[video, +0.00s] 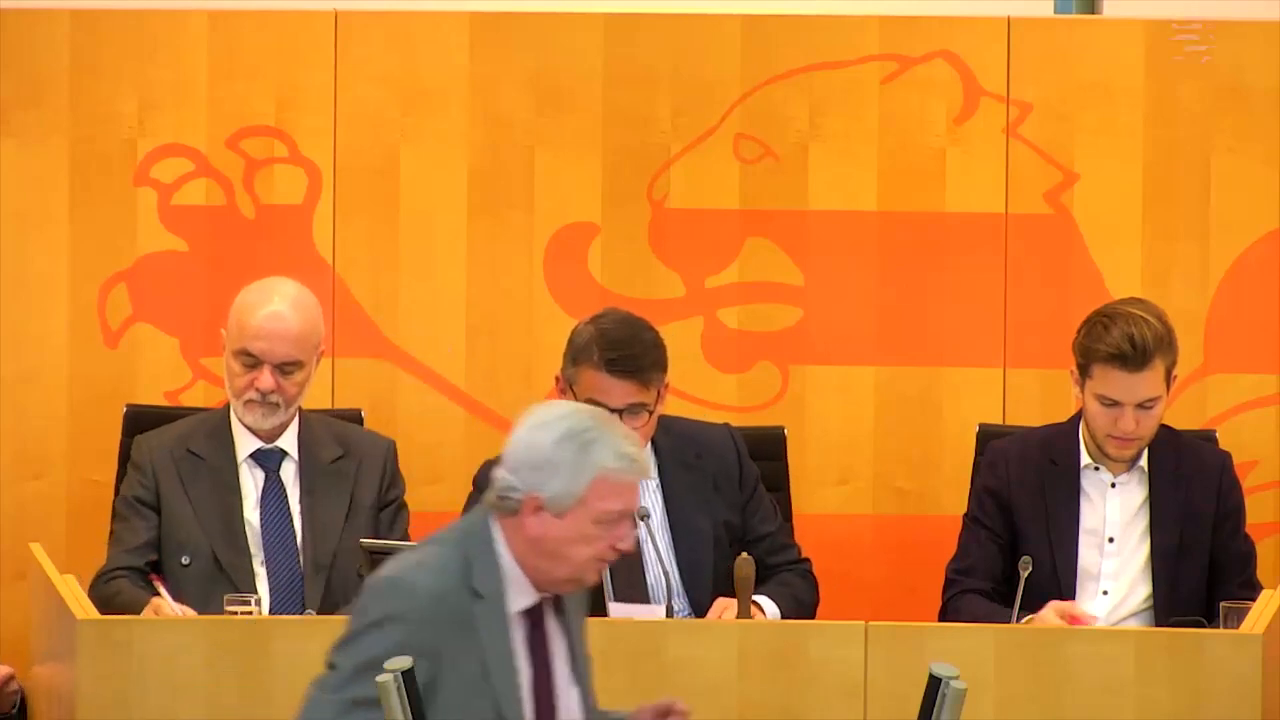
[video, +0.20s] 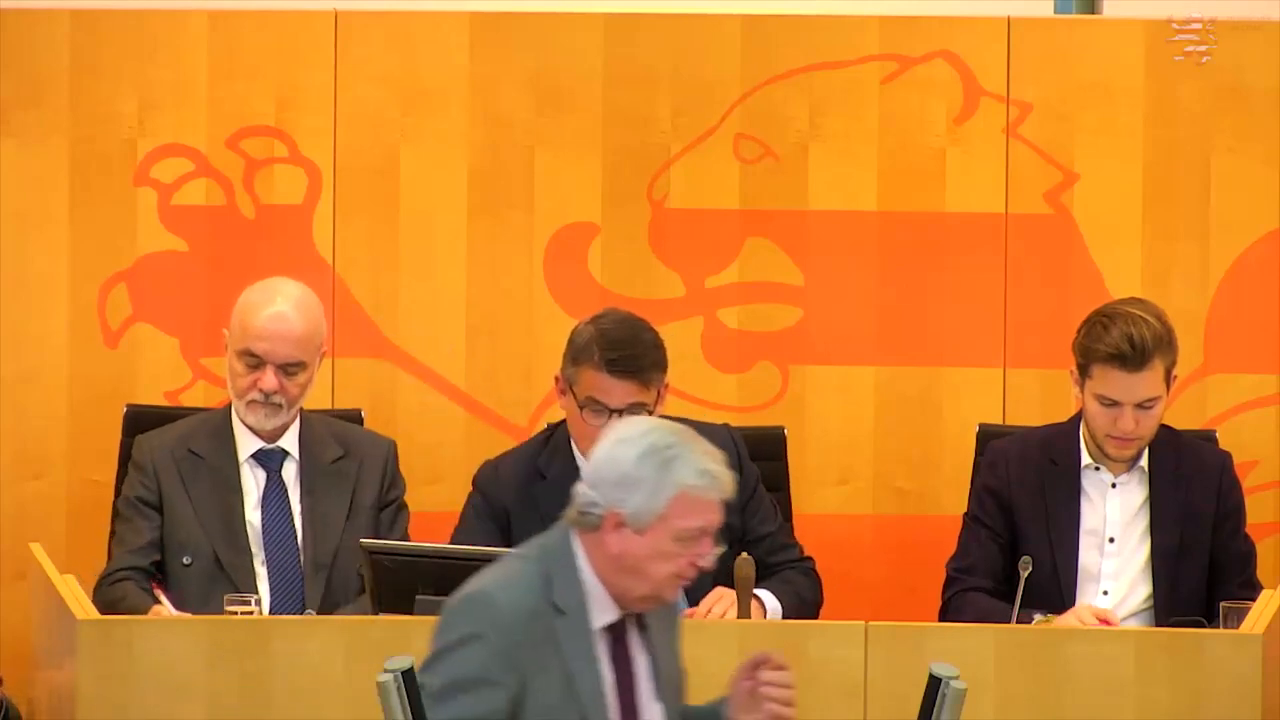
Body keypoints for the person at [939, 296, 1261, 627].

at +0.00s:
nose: (1126, 424)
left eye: (1146, 404)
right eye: (1108, 402)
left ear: (1170, 389)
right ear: (1078, 381)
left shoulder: (1208, 471)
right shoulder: (1010, 465)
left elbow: (1240, 608)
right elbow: (961, 603)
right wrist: (1023, 628)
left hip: (1166, 677)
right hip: (1042, 673)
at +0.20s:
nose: (1126, 424)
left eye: (1146, 404)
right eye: (1108, 402)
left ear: (1170, 389)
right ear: (1077, 382)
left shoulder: (1208, 472)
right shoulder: (1010, 464)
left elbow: (1240, 609)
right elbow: (961, 603)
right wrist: (1044, 627)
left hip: (1167, 677)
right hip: (1043, 674)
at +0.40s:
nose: (1125, 423)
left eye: (1146, 404)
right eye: (1108, 402)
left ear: (1170, 389)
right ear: (1078, 381)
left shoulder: (1209, 472)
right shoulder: (1011, 464)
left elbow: (1240, 608)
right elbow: (962, 601)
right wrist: (1051, 631)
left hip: (1166, 676)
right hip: (1041, 672)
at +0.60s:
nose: (1125, 423)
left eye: (1145, 404)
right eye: (1108, 401)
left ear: (1170, 389)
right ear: (1078, 381)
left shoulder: (1209, 472)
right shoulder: (1010, 463)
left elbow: (1241, 608)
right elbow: (964, 597)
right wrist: (1053, 632)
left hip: (1165, 677)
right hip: (1041, 673)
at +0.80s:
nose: (1121, 423)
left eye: (1141, 404)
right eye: (1104, 402)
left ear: (1168, 390)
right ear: (1077, 381)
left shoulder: (1208, 472)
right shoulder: (1011, 462)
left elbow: (1240, 604)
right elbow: (965, 593)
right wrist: (1044, 628)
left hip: (1163, 678)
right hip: (1039, 674)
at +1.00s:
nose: (1112, 423)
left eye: (1134, 404)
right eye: (1095, 400)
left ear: (1165, 392)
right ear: (1074, 380)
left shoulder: (1207, 472)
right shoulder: (1009, 462)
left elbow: (1240, 609)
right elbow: (955, 602)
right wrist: (1008, 611)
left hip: (1163, 678)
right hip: (1037, 673)